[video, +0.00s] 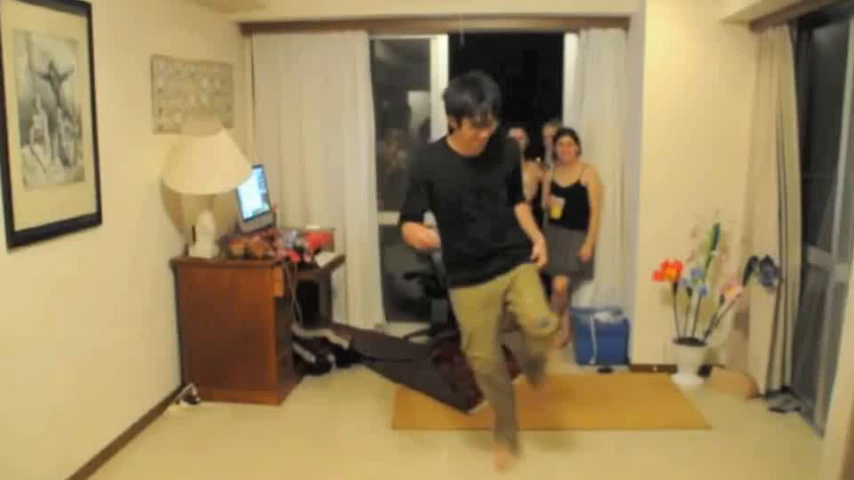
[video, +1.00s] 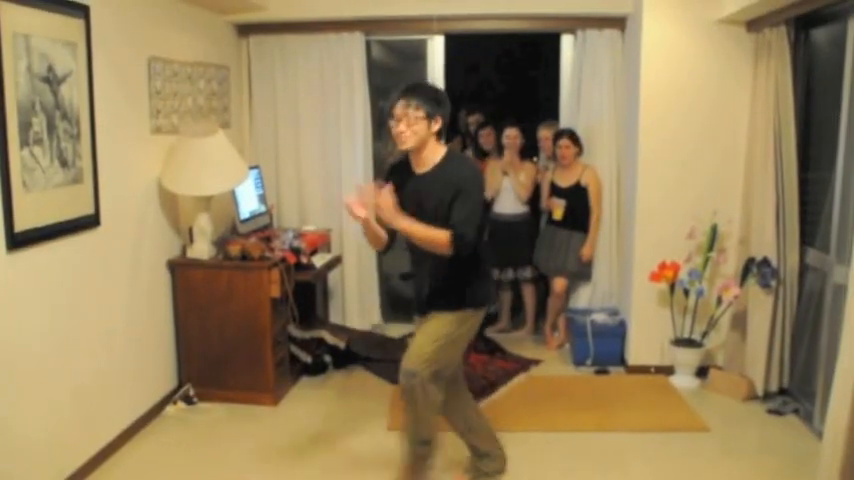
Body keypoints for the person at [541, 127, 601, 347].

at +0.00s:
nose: (566, 149)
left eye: (570, 144)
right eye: (561, 144)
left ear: (578, 148)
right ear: (555, 149)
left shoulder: (588, 173)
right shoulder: (551, 174)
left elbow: (595, 209)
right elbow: (544, 203)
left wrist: (589, 242)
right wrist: (550, 202)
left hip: (577, 232)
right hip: (554, 230)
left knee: (561, 284)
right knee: (560, 287)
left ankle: (556, 324)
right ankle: (565, 328)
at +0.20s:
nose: (566, 149)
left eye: (570, 144)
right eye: (562, 144)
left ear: (578, 147)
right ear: (556, 149)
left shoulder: (588, 173)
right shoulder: (552, 174)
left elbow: (595, 210)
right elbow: (544, 203)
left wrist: (591, 242)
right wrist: (550, 203)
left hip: (576, 232)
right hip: (553, 229)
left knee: (560, 283)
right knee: (559, 286)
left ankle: (551, 328)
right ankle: (564, 330)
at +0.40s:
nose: (566, 149)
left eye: (570, 145)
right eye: (561, 145)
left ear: (578, 148)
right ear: (556, 149)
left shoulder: (588, 174)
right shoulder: (551, 174)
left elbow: (595, 209)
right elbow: (543, 202)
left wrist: (590, 242)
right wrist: (550, 203)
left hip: (576, 233)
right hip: (554, 230)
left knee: (560, 284)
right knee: (559, 287)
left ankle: (550, 325)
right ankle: (564, 330)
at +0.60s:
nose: (564, 151)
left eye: (569, 146)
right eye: (560, 146)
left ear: (578, 149)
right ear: (555, 150)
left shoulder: (588, 174)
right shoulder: (551, 174)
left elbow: (595, 210)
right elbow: (543, 203)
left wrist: (589, 242)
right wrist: (550, 203)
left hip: (576, 233)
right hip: (554, 231)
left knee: (560, 285)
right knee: (559, 287)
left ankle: (551, 325)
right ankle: (564, 329)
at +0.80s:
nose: (564, 151)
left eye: (568, 146)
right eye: (560, 147)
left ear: (578, 149)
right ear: (555, 150)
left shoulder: (588, 174)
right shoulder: (551, 175)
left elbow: (595, 210)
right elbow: (544, 203)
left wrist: (590, 242)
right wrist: (550, 203)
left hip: (576, 233)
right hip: (554, 231)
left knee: (560, 285)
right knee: (559, 288)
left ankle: (550, 325)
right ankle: (563, 330)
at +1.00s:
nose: (563, 152)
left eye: (568, 147)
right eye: (559, 147)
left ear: (577, 149)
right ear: (554, 151)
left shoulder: (588, 174)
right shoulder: (550, 175)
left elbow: (595, 210)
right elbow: (543, 203)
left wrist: (590, 242)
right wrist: (550, 204)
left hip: (576, 234)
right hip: (553, 231)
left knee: (560, 285)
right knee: (557, 288)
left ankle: (549, 326)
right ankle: (563, 331)